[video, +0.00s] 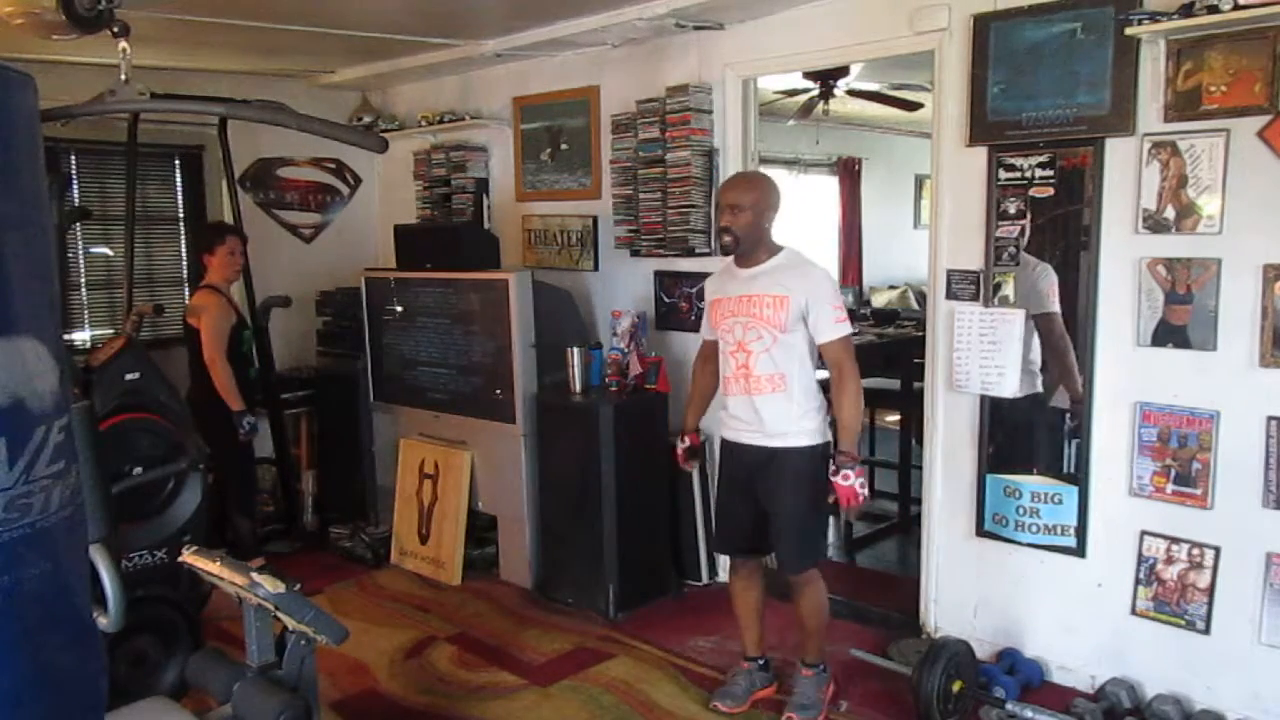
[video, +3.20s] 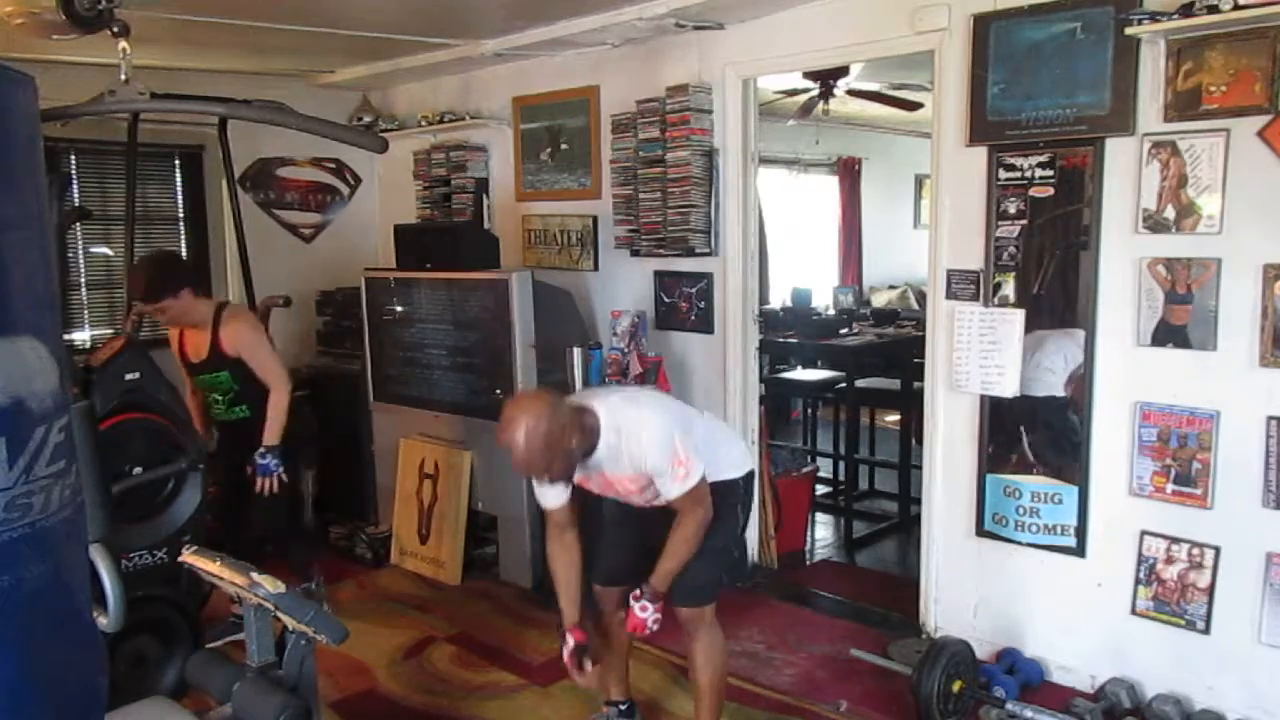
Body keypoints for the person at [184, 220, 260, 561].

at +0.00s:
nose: (239, 261)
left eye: (241, 254)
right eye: (231, 254)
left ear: (242, 258)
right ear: (208, 259)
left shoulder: (208, 297)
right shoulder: (214, 303)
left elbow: (214, 357)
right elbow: (215, 360)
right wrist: (240, 410)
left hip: (209, 402)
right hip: (220, 405)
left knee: (227, 478)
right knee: (239, 479)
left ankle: (224, 548)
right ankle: (248, 553)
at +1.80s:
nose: (244, 273)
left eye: (249, 265)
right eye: (236, 265)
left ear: (255, 262)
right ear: (215, 262)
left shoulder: (243, 292)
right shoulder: (210, 303)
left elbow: (246, 350)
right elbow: (202, 365)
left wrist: (262, 391)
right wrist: (221, 418)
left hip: (247, 402)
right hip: (225, 407)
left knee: (244, 480)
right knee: (232, 484)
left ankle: (243, 548)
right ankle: (230, 552)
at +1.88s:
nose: (244, 273)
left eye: (250, 266)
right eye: (237, 265)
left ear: (255, 263)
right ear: (216, 261)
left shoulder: (244, 294)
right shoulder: (211, 304)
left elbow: (246, 346)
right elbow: (201, 367)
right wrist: (218, 421)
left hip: (251, 405)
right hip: (229, 411)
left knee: (247, 482)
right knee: (236, 486)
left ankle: (246, 548)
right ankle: (233, 553)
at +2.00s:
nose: (244, 274)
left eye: (249, 267)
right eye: (236, 266)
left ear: (256, 263)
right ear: (216, 262)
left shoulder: (248, 294)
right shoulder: (212, 306)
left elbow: (254, 351)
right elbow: (199, 369)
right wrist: (213, 424)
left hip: (259, 406)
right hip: (234, 411)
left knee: (252, 483)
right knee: (240, 487)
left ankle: (250, 548)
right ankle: (238, 553)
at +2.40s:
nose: (235, 279)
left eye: (243, 270)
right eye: (227, 271)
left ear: (257, 263)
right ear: (214, 265)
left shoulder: (271, 300)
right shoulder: (210, 311)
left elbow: (288, 354)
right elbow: (194, 377)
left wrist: (324, 395)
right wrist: (204, 434)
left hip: (276, 414)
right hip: (234, 420)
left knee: (295, 481)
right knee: (241, 498)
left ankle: (294, 557)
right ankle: (243, 566)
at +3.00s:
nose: (198, 300)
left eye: (203, 291)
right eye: (193, 293)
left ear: (229, 278)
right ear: (190, 287)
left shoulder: (270, 314)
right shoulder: (205, 324)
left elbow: (313, 370)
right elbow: (212, 378)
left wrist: (313, 430)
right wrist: (211, 435)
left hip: (287, 429)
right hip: (243, 432)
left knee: (301, 507)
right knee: (233, 507)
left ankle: (316, 586)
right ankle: (246, 589)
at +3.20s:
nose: (161, 319)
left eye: (163, 309)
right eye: (155, 313)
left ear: (186, 292)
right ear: (155, 308)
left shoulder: (236, 325)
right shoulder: (180, 333)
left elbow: (280, 384)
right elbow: (194, 389)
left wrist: (270, 450)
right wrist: (202, 439)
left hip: (264, 434)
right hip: (227, 439)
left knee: (267, 518)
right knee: (226, 520)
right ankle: (239, 603)